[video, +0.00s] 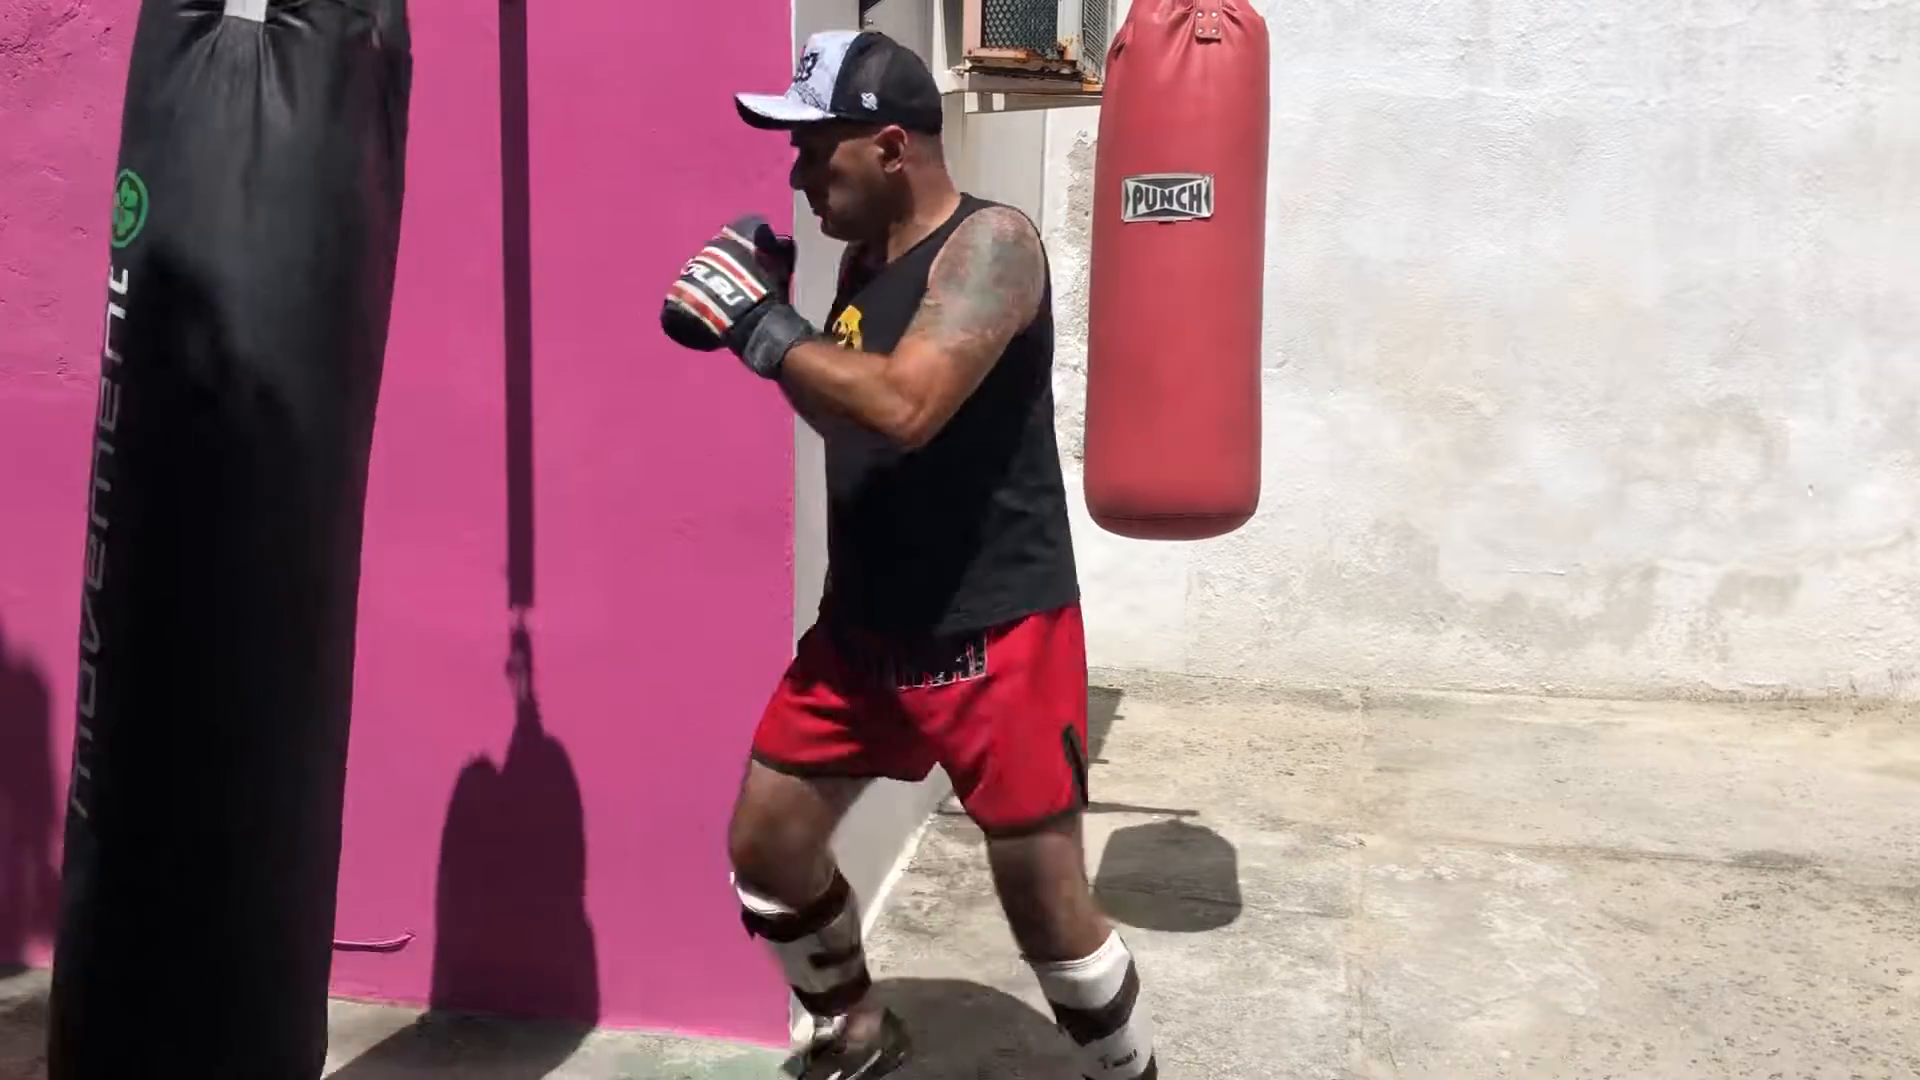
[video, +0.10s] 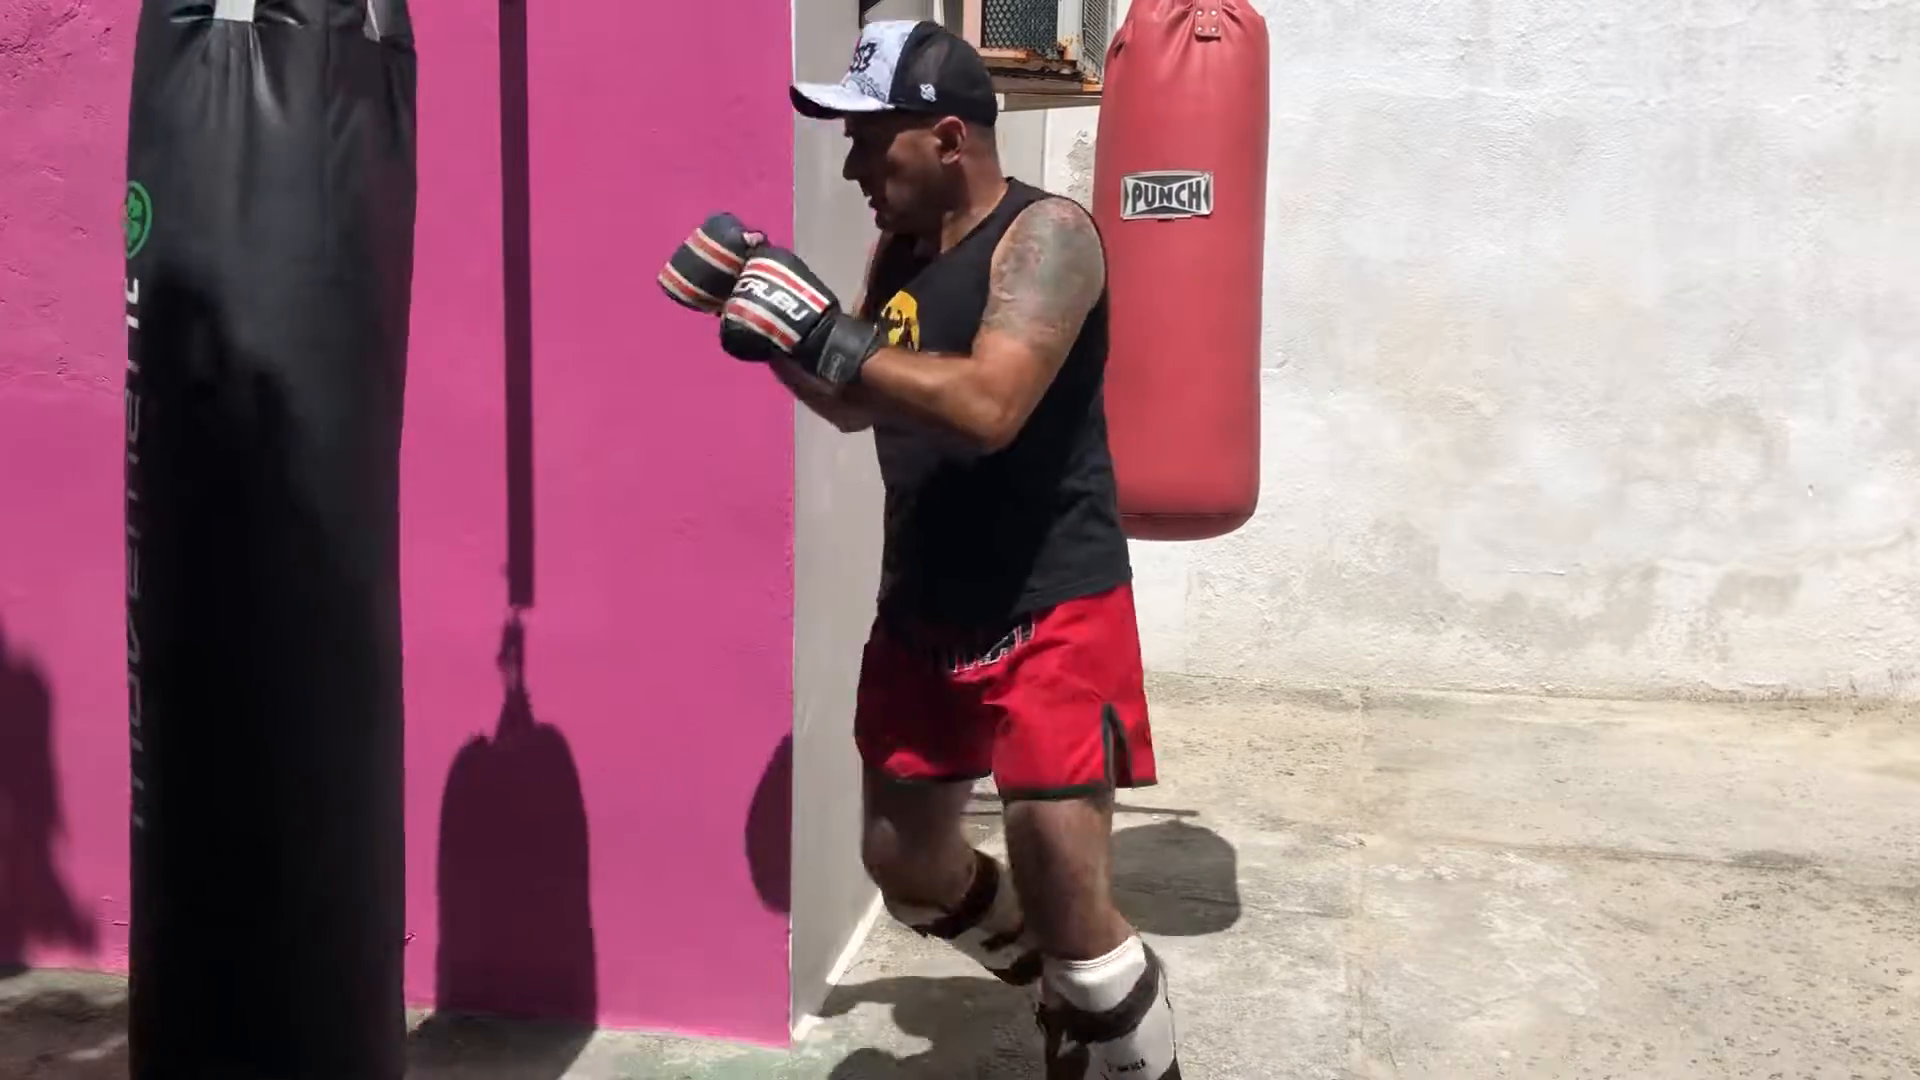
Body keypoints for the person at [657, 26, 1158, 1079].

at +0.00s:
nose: (800, 166)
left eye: (818, 145)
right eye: (798, 143)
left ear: (896, 147)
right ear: (877, 150)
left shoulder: (995, 241)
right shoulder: (861, 261)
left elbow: (903, 408)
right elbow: (857, 418)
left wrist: (764, 322)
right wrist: (770, 317)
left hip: (1000, 628)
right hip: (867, 622)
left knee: (1048, 913)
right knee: (769, 846)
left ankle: (1126, 1067)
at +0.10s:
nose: (853, 160)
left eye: (872, 137)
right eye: (851, 136)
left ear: (951, 138)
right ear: (934, 141)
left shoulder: (1051, 237)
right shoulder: (905, 247)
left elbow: (986, 407)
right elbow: (856, 405)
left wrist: (833, 337)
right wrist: (772, 324)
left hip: (1050, 605)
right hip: (926, 607)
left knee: (1065, 894)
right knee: (908, 859)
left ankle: (1133, 1063)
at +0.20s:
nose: (884, 186)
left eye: (903, 163)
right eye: (884, 162)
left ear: (982, 169)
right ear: (964, 173)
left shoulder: (1080, 269)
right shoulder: (932, 271)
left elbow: (1032, 446)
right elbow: (865, 420)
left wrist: (878, 372)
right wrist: (756, 355)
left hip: (1079, 643)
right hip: (965, 647)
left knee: (1100, 944)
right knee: (1035, 924)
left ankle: (1172, 1072)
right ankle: (1139, 1033)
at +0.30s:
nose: (921, 248)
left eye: (941, 225)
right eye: (924, 222)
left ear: (1017, 233)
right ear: (1009, 234)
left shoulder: (1121, 336)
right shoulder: (979, 325)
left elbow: (1058, 524)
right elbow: (970, 476)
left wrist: (911, 444)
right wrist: (845, 469)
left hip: (1124, 699)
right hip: (1024, 697)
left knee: (1161, 997)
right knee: (1093, 952)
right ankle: (1159, 1055)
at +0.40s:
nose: (929, 235)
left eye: (948, 210)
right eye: (933, 208)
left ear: (1026, 218)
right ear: (1019, 220)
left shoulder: (1136, 318)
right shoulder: (1016, 313)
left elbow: (1057, 516)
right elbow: (1012, 471)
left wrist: (908, 427)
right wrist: (921, 499)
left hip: (1146, 690)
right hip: (1032, 685)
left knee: (1175, 999)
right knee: (1044, 927)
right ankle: (1153, 1040)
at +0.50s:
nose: (929, 219)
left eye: (946, 191)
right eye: (932, 192)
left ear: (1022, 200)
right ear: (1024, 201)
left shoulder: (1132, 305)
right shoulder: (1040, 304)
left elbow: (1028, 510)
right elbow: (1020, 460)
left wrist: (872, 416)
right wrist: (937, 481)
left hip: (1152, 702)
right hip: (1028, 689)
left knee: (1179, 1016)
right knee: (951, 917)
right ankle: (1106, 1050)